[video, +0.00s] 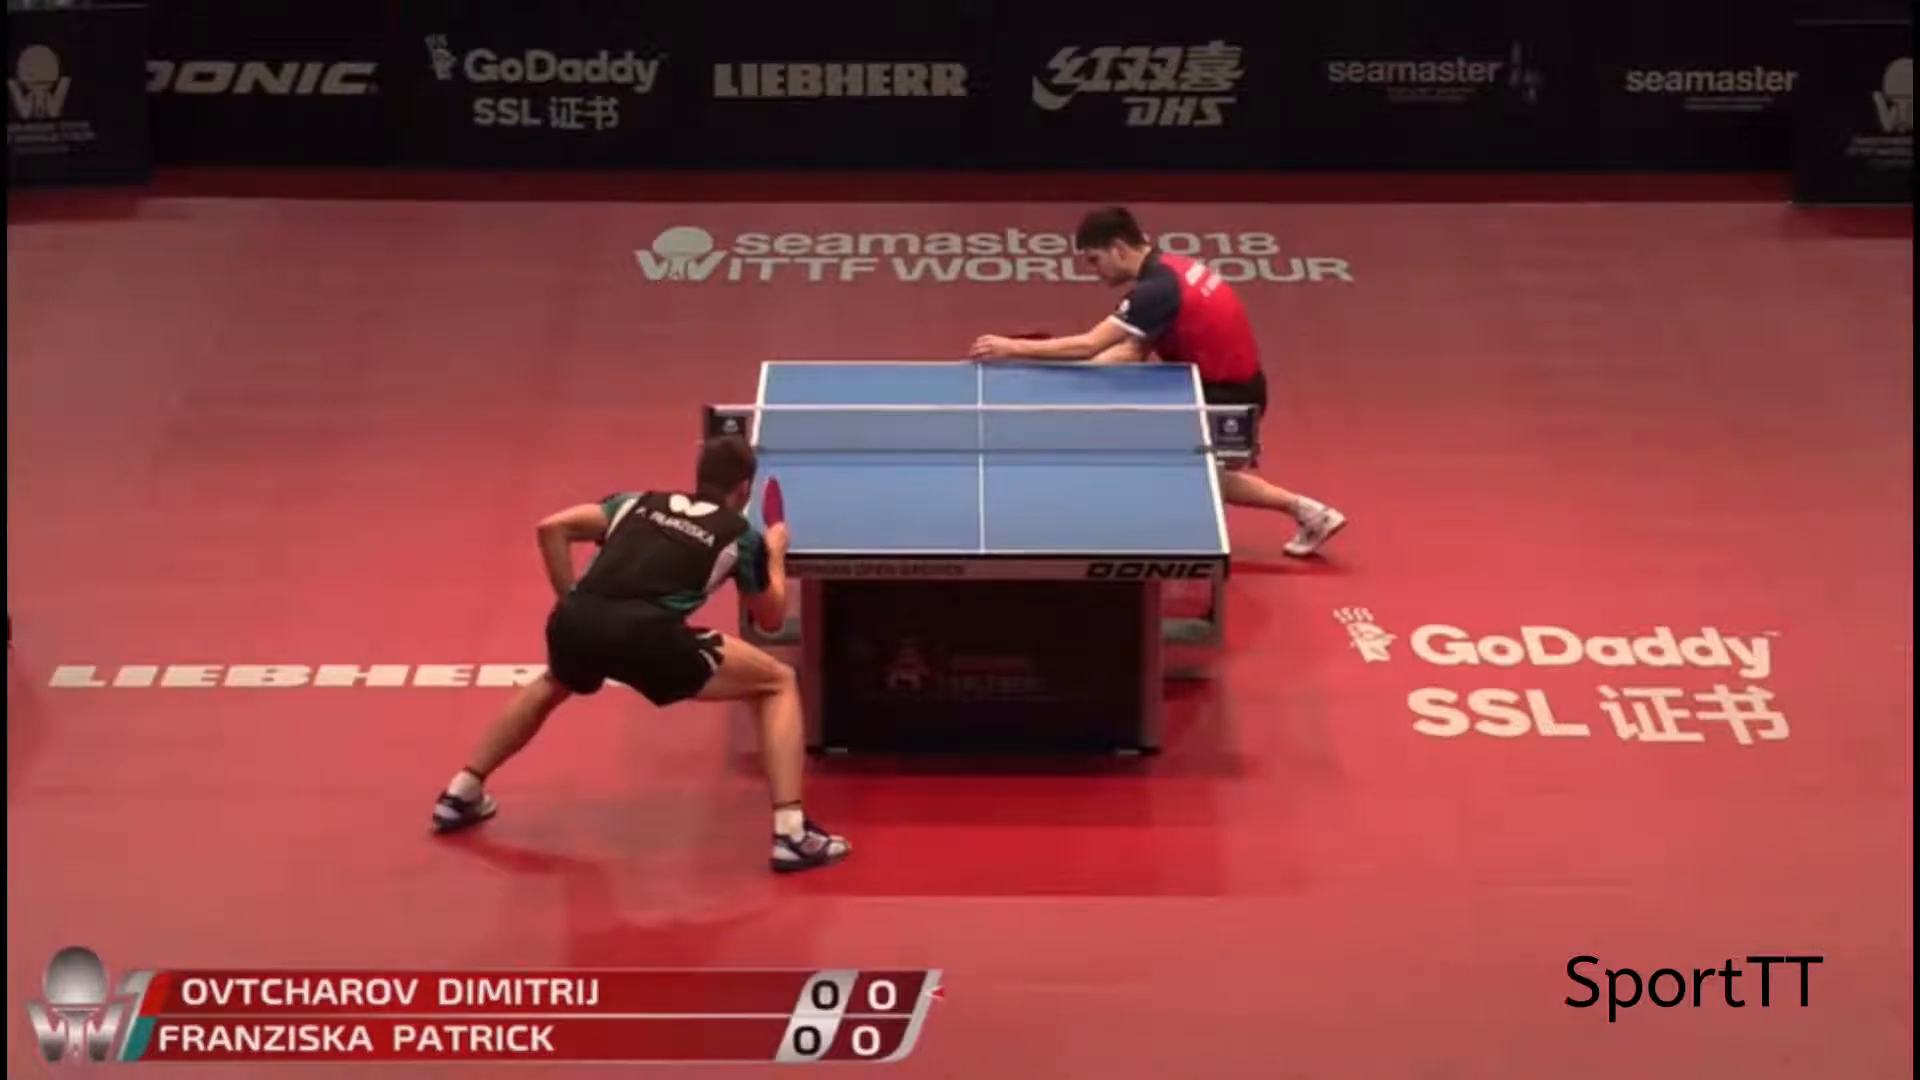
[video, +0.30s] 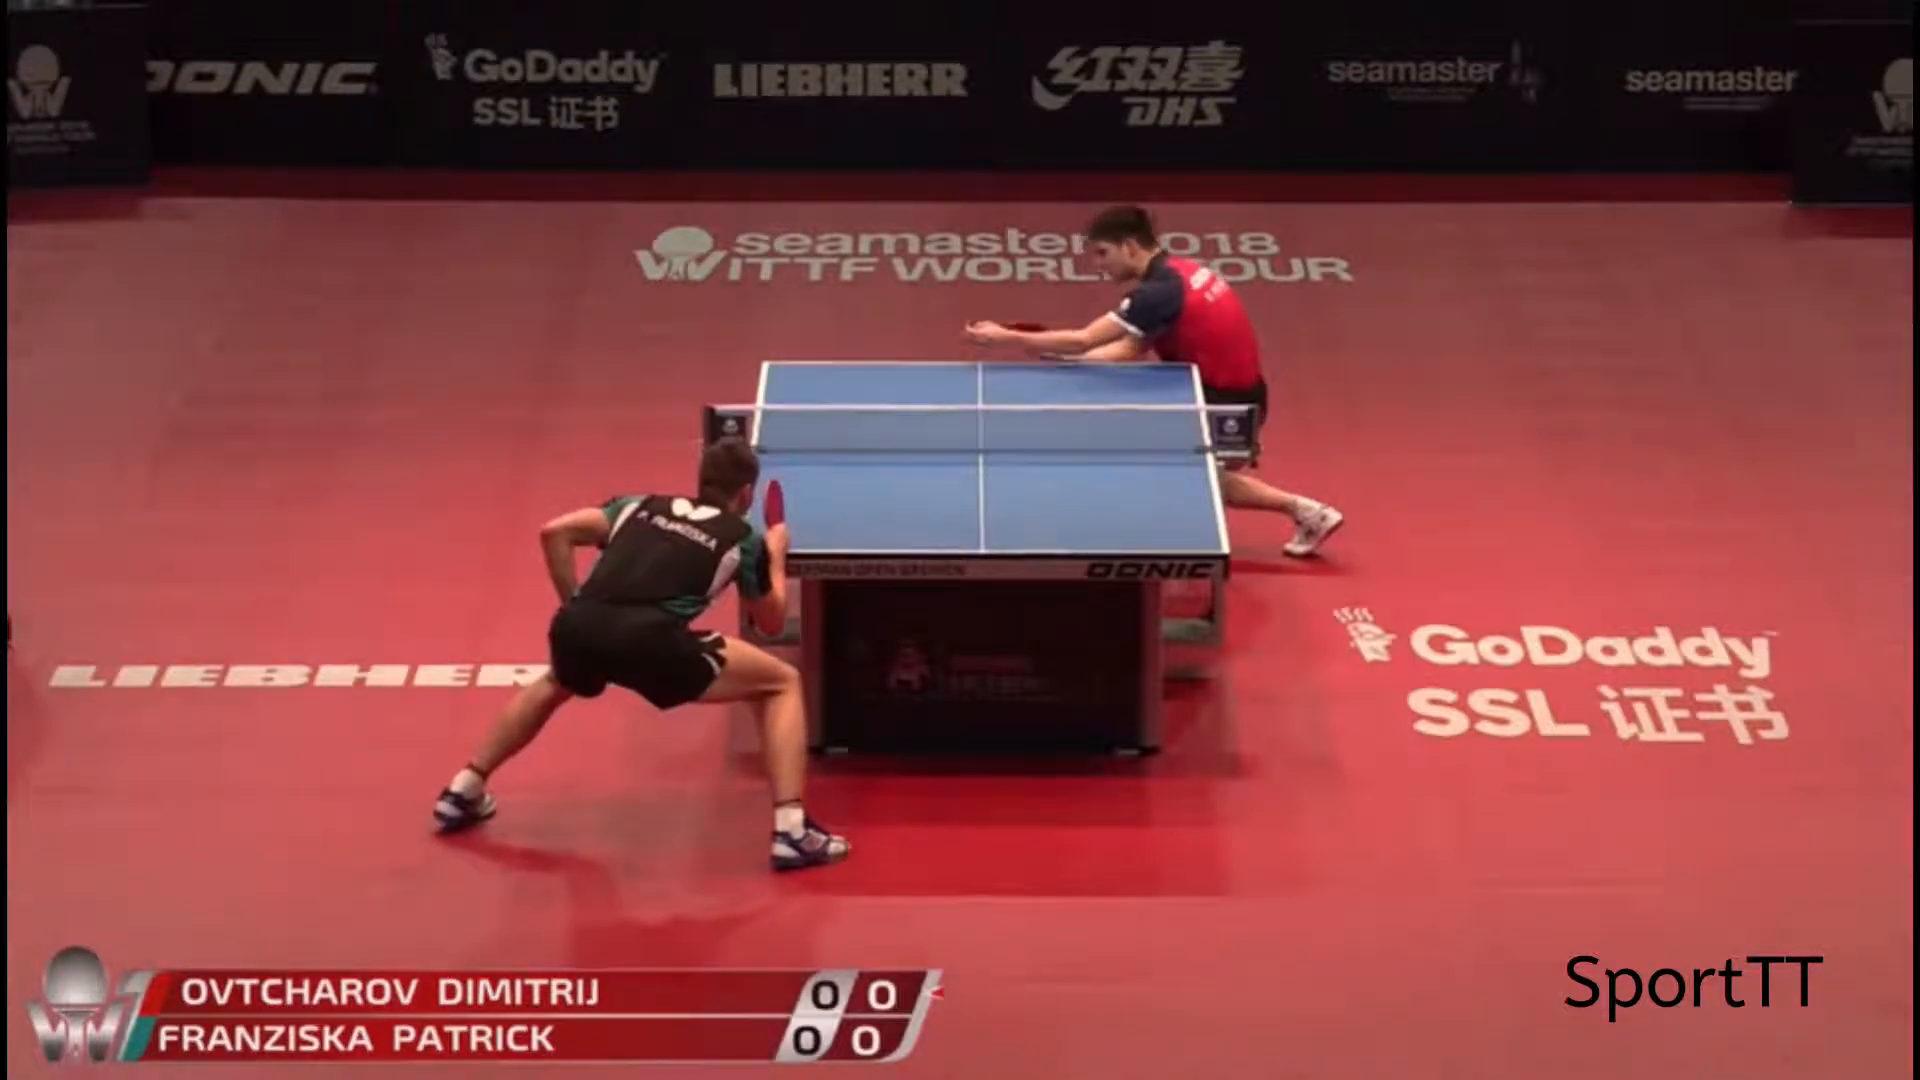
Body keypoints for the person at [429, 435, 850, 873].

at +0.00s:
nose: (750, 494)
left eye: (745, 484)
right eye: (749, 485)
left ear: (696, 477)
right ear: (742, 488)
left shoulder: (639, 502)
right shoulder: (742, 534)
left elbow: (552, 528)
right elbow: (770, 619)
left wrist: (567, 600)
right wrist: (777, 555)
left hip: (575, 622)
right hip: (650, 636)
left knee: (552, 685)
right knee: (777, 684)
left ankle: (462, 790)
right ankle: (792, 831)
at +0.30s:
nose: (753, 497)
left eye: (748, 487)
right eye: (752, 489)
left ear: (699, 480)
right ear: (744, 492)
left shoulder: (640, 506)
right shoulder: (744, 536)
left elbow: (555, 533)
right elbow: (771, 623)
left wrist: (571, 607)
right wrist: (777, 557)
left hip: (578, 627)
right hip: (652, 640)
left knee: (554, 685)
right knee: (782, 684)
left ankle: (464, 788)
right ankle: (791, 828)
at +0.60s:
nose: (753, 496)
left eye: (748, 486)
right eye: (752, 488)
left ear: (699, 479)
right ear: (744, 491)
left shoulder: (640, 505)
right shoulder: (744, 537)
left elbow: (555, 534)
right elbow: (772, 624)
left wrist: (571, 605)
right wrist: (778, 557)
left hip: (578, 629)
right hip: (652, 642)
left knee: (553, 685)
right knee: (782, 683)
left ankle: (464, 788)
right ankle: (792, 830)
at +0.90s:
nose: (748, 491)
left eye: (739, 481)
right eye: (747, 483)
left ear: (695, 474)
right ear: (741, 488)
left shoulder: (639, 500)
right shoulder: (741, 533)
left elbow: (553, 532)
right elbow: (773, 616)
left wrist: (568, 604)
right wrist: (782, 554)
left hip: (575, 627)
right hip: (649, 640)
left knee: (552, 685)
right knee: (781, 682)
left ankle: (463, 788)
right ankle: (792, 829)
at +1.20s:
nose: (745, 468)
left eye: (738, 460)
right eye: (745, 461)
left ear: (691, 457)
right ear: (738, 467)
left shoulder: (633, 488)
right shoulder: (734, 521)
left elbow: (547, 528)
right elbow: (770, 604)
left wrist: (565, 598)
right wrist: (784, 543)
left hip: (571, 619)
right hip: (643, 631)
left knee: (550, 682)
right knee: (777, 683)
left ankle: (461, 789)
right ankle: (793, 833)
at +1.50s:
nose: (745, 461)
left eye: (743, 453)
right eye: (745, 454)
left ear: (689, 451)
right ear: (734, 459)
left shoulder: (629, 479)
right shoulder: (732, 513)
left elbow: (546, 523)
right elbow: (766, 598)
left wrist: (560, 593)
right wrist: (782, 535)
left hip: (568, 614)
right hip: (639, 624)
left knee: (545, 682)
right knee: (774, 682)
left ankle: (459, 790)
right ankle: (793, 833)